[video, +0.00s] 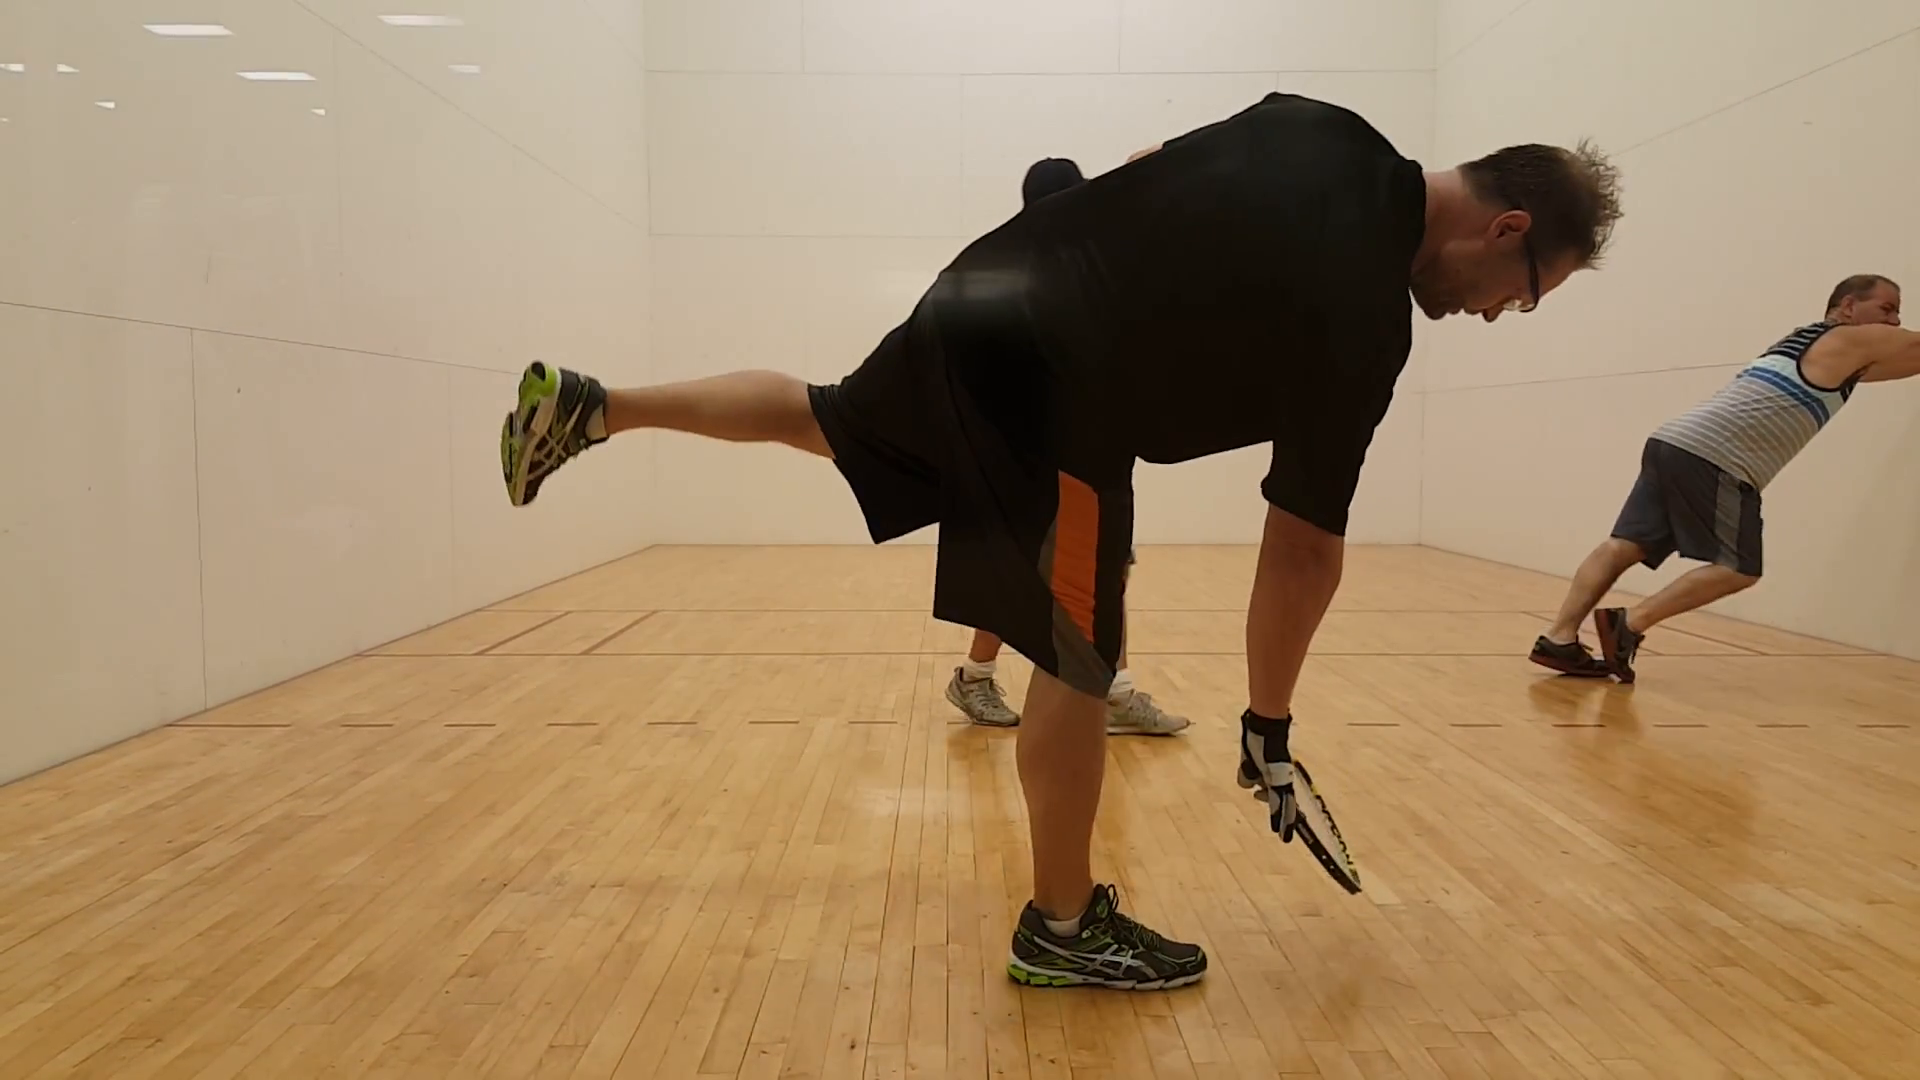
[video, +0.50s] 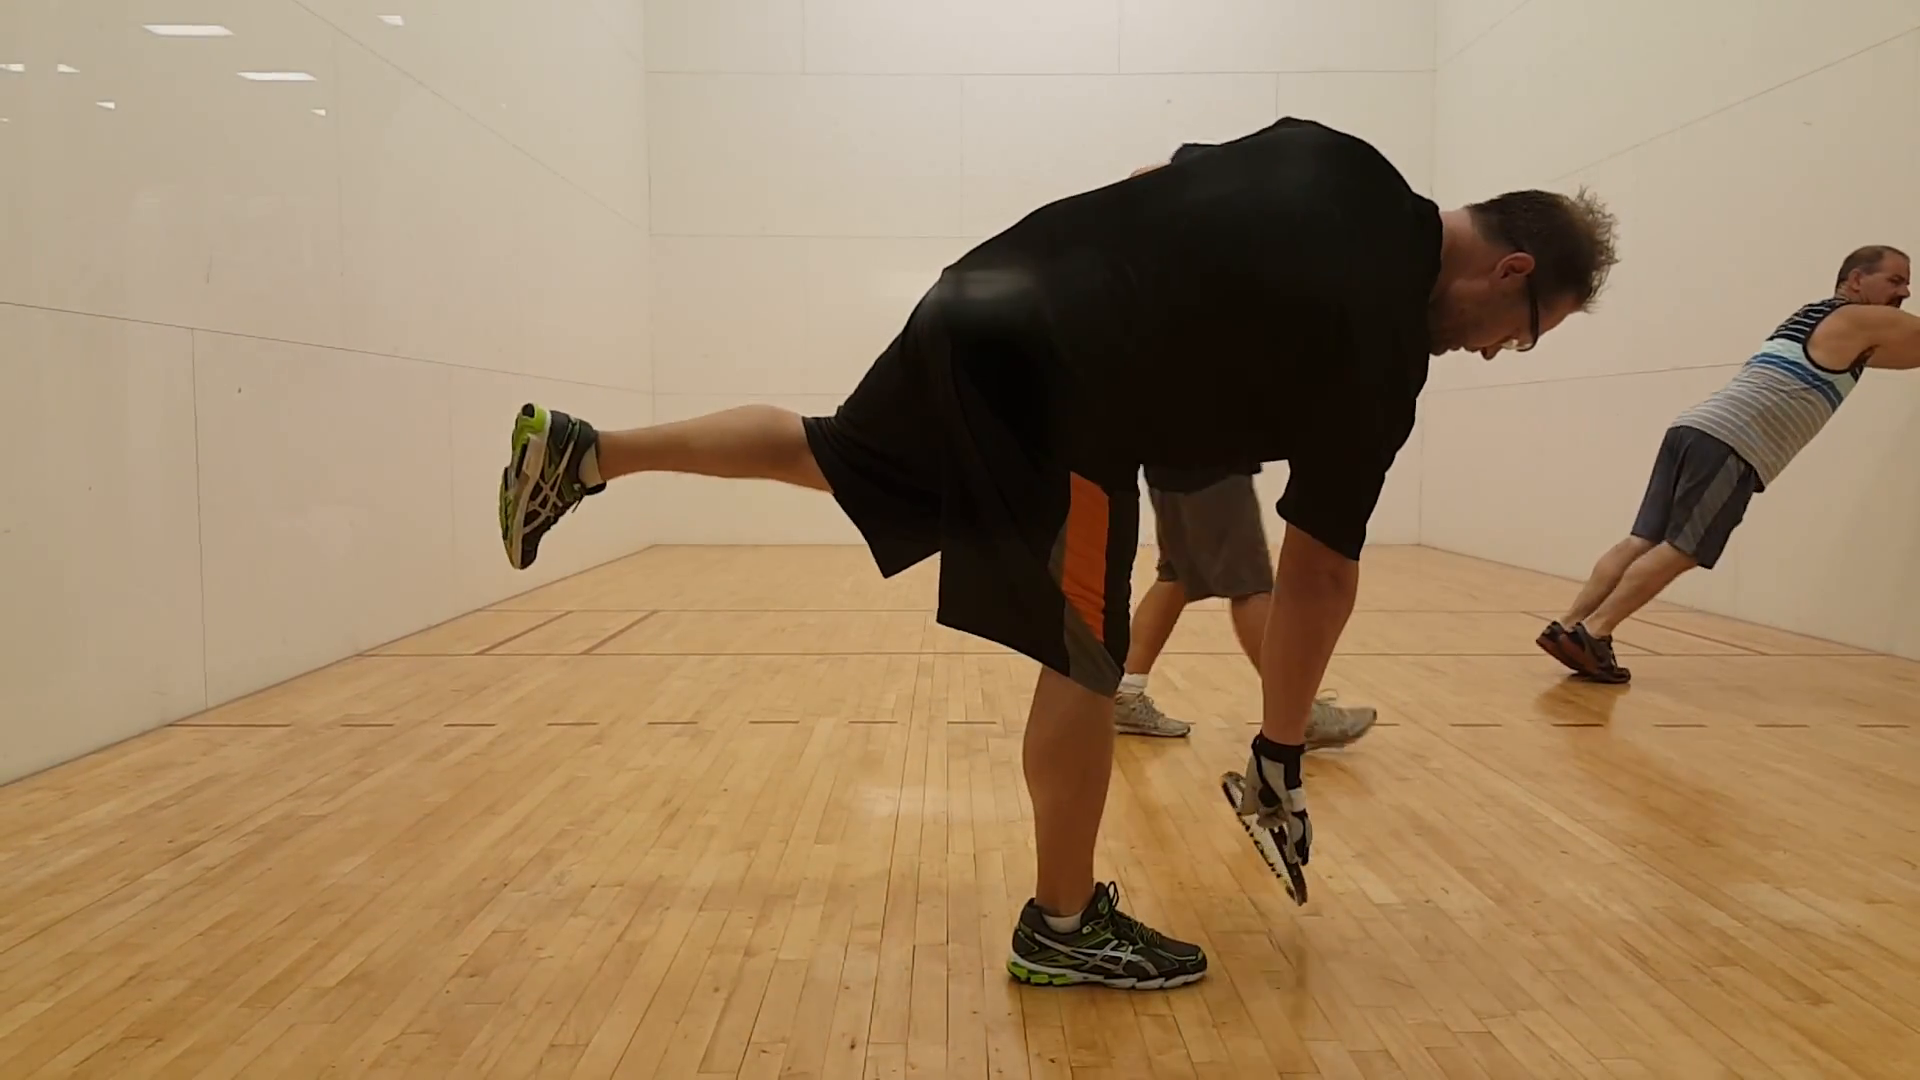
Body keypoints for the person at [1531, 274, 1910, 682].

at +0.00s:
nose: (1895, 321)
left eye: (1895, 312)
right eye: (1887, 309)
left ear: (1844, 315)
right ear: (1846, 308)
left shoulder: (1807, 342)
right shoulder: (1845, 343)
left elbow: (1908, 358)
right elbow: (1917, 348)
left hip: (1670, 447)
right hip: (1717, 464)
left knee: (1623, 546)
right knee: (1739, 568)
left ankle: (1558, 639)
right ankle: (1630, 625)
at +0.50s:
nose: (1905, 292)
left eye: (1905, 284)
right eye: (1896, 280)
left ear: (1855, 286)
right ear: (1854, 282)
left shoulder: (1815, 317)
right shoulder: (1857, 321)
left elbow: (1908, 351)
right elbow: (1918, 337)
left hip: (1690, 431)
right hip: (1729, 450)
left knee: (1641, 542)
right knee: (1682, 550)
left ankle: (1570, 626)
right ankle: (1593, 634)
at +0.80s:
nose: (1901, 313)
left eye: (1902, 306)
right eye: (1893, 301)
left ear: (1852, 309)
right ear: (1852, 302)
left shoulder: (1821, 340)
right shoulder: (1850, 341)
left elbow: (1906, 356)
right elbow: (1916, 350)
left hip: (1714, 454)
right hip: (1727, 463)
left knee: (1690, 574)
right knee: (1656, 546)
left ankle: (1582, 619)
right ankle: (1576, 638)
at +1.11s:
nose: (1903, 321)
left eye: (1904, 313)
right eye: (1895, 309)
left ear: (1854, 318)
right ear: (1853, 311)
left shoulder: (1827, 350)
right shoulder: (1852, 349)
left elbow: (1906, 360)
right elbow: (1917, 353)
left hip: (1717, 461)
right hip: (1728, 470)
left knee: (1706, 581)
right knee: (1651, 552)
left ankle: (1592, 616)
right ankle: (1572, 644)